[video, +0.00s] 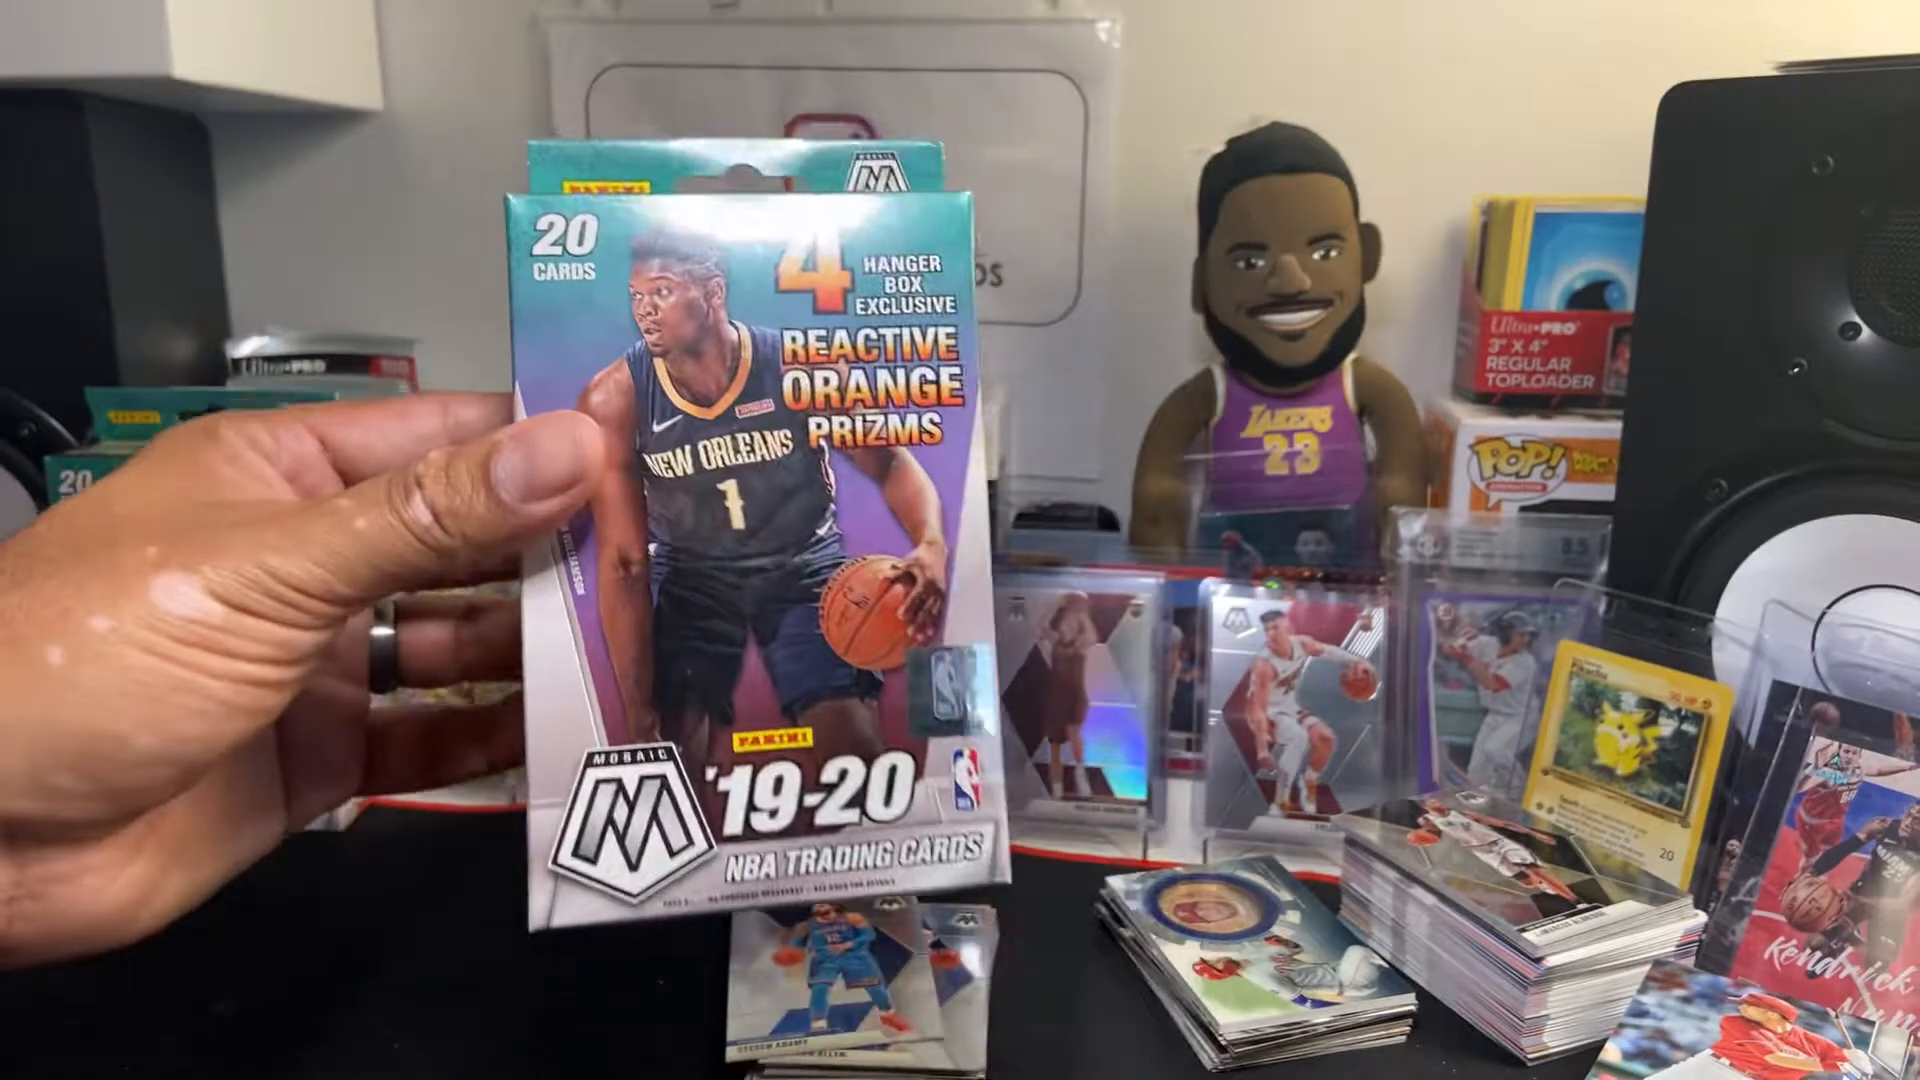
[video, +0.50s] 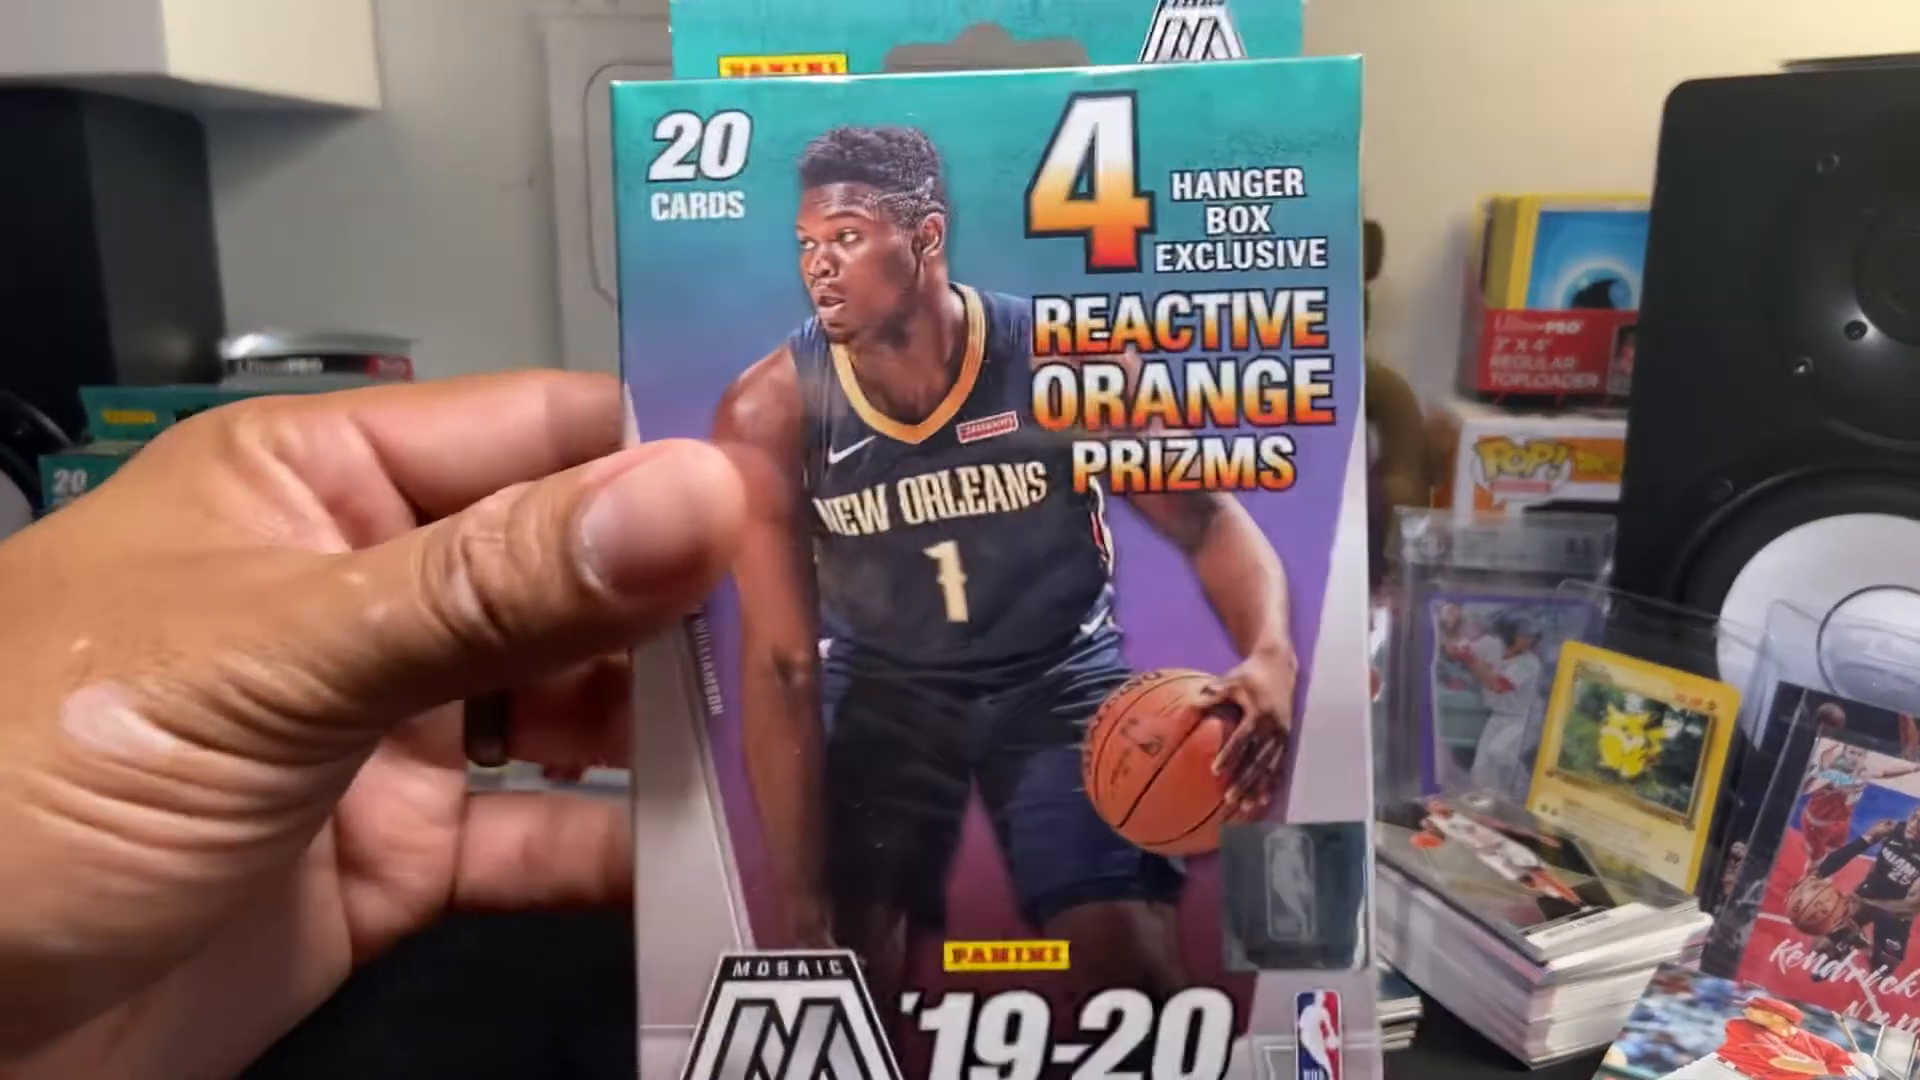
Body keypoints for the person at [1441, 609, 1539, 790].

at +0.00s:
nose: (1526, 640)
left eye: (1528, 636)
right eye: (1521, 635)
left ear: (1529, 638)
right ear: (1508, 634)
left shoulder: (1526, 662)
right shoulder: (1489, 645)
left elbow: (1495, 684)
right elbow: (1453, 649)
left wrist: (1468, 660)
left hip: (1521, 720)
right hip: (1494, 717)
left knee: (1494, 749)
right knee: (1477, 766)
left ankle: (1520, 789)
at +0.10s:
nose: (1526, 641)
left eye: (1528, 636)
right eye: (1521, 635)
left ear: (1530, 639)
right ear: (1508, 635)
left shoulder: (1526, 662)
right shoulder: (1489, 645)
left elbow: (1495, 684)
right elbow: (1453, 650)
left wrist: (1468, 660)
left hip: (1520, 720)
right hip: (1494, 718)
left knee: (1494, 750)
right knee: (1477, 766)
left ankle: (1520, 790)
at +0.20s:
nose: (1526, 640)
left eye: (1528, 636)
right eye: (1521, 635)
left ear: (1529, 638)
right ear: (1508, 634)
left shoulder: (1526, 662)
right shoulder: (1488, 645)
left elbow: (1495, 683)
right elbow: (1453, 649)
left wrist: (1467, 659)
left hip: (1520, 719)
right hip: (1494, 717)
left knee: (1494, 749)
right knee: (1477, 766)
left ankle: (1520, 789)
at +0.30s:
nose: (1526, 641)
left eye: (1529, 637)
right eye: (1522, 636)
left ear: (1531, 639)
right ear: (1509, 635)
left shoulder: (1526, 663)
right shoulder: (1489, 646)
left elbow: (1496, 684)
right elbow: (1454, 651)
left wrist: (1469, 661)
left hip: (1521, 720)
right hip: (1495, 717)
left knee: (1495, 749)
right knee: (1478, 765)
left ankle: (1522, 790)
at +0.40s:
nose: (1527, 641)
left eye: (1530, 636)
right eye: (1522, 635)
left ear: (1532, 638)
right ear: (1509, 636)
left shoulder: (1528, 662)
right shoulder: (1491, 646)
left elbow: (1497, 684)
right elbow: (1454, 650)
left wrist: (1471, 661)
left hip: (1522, 721)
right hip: (1497, 718)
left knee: (1496, 750)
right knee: (1480, 765)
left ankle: (1523, 790)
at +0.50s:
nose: (1529, 641)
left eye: (1532, 637)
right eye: (1525, 636)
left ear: (1535, 639)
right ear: (1514, 636)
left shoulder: (1530, 663)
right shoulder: (1495, 649)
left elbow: (1499, 685)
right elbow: (1462, 651)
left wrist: (1476, 664)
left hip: (1520, 722)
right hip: (1497, 718)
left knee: (1497, 751)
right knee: (1481, 766)